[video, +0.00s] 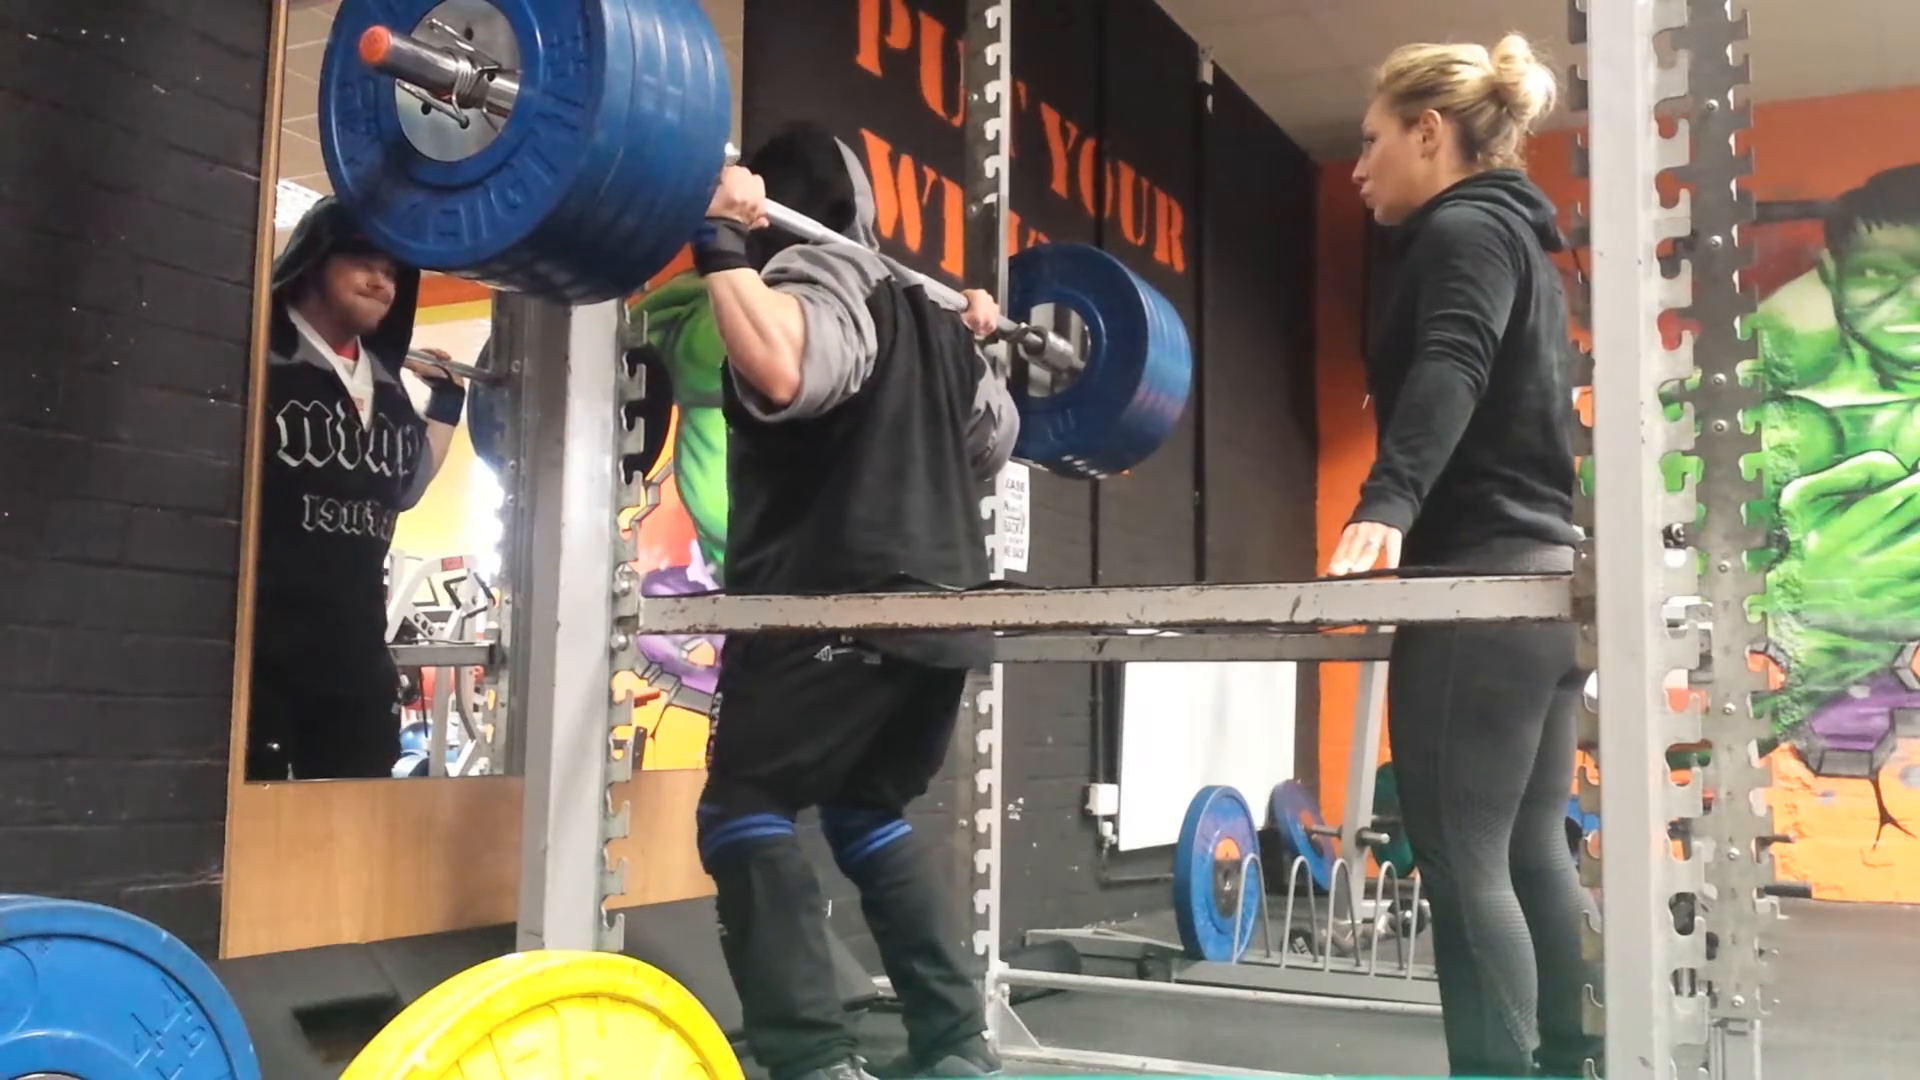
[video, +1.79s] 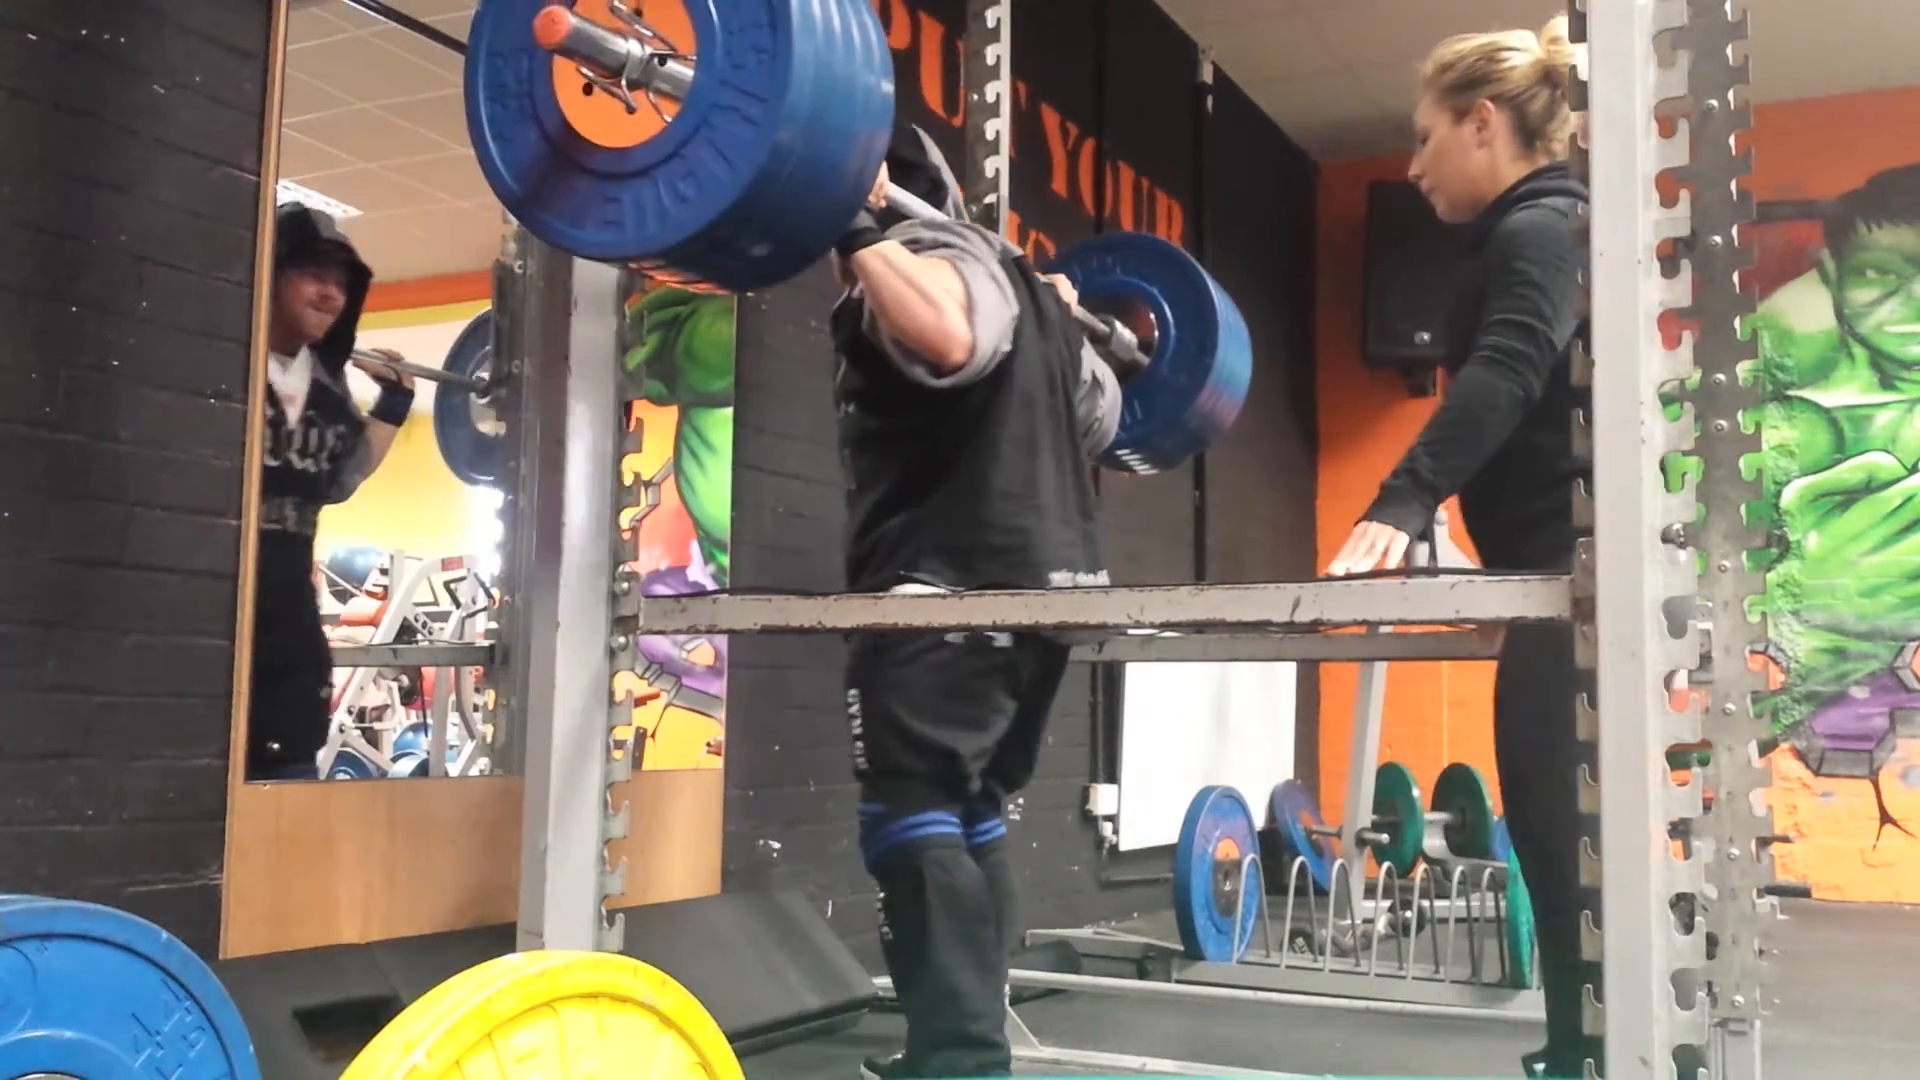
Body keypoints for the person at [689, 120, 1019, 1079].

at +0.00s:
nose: (751, 222)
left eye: (758, 205)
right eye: (750, 202)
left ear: (781, 207)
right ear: (859, 205)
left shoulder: (809, 275)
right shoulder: (928, 303)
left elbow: (783, 370)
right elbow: (991, 445)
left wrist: (719, 244)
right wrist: (983, 344)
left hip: (823, 607)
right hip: (947, 611)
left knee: (746, 807)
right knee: (867, 809)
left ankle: (803, 1050)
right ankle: (952, 1046)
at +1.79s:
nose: (851, 217)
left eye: (857, 196)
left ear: (879, 191)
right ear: (942, 182)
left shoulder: (929, 246)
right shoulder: (1026, 278)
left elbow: (948, 337)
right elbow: (1102, 405)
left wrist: (857, 226)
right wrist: (1082, 326)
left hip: (952, 578)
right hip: (1052, 576)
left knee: (911, 809)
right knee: (976, 805)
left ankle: (956, 1046)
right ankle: (970, 1030)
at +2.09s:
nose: (862, 230)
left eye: (870, 208)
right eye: (861, 215)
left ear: (909, 173)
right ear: (977, 163)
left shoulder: (964, 226)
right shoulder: (1058, 257)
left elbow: (993, 311)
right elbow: (1135, 390)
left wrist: (892, 195)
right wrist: (1132, 324)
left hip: (989, 569)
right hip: (1092, 565)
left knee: (946, 807)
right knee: (1012, 791)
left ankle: (960, 1060)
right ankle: (1074, 1027)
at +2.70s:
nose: (976, 228)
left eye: (980, 205)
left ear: (1010, 186)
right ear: (1090, 165)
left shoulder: (1088, 229)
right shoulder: (1165, 244)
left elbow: (1141, 316)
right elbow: (1255, 368)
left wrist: (1050, 224)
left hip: (1113, 560)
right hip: (1219, 559)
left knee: (1020, 777)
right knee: (1156, 801)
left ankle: (1075, 1055)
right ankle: (1179, 1061)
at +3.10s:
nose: (1015, 241)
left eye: (1019, 219)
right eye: (1005, 227)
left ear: (1061, 193)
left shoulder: (1181, 221)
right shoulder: (1101, 271)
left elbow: (1217, 306)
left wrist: (1110, 186)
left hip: (1219, 572)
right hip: (1164, 575)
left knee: (1163, 826)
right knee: (1167, 826)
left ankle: (1220, 1068)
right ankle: (1187, 1061)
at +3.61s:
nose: (1081, 247)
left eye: (1078, 222)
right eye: (1066, 234)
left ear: (1116, 181)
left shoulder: (1240, 208)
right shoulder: (1169, 258)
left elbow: (1282, 295)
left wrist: (1173, 161)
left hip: (1265, 578)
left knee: (1214, 819)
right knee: (1303, 823)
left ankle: (1237, 1065)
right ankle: (1347, 1064)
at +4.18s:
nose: (1108, 259)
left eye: (1111, 232)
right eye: (1095, 241)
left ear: (1161, 193)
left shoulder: (1295, 212)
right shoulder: (1213, 262)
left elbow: (1329, 300)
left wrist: (1225, 179)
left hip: (1315, 588)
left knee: (1259, 829)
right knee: (1333, 833)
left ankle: (1266, 1064)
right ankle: (1351, 1064)